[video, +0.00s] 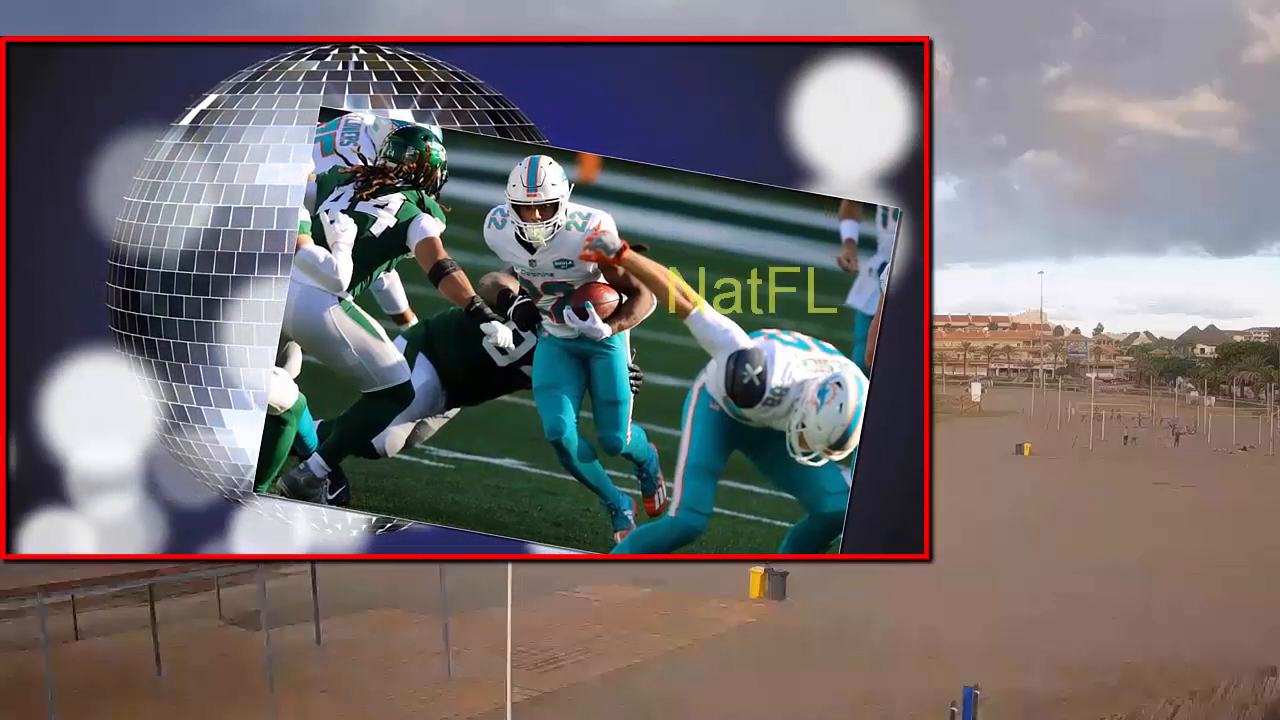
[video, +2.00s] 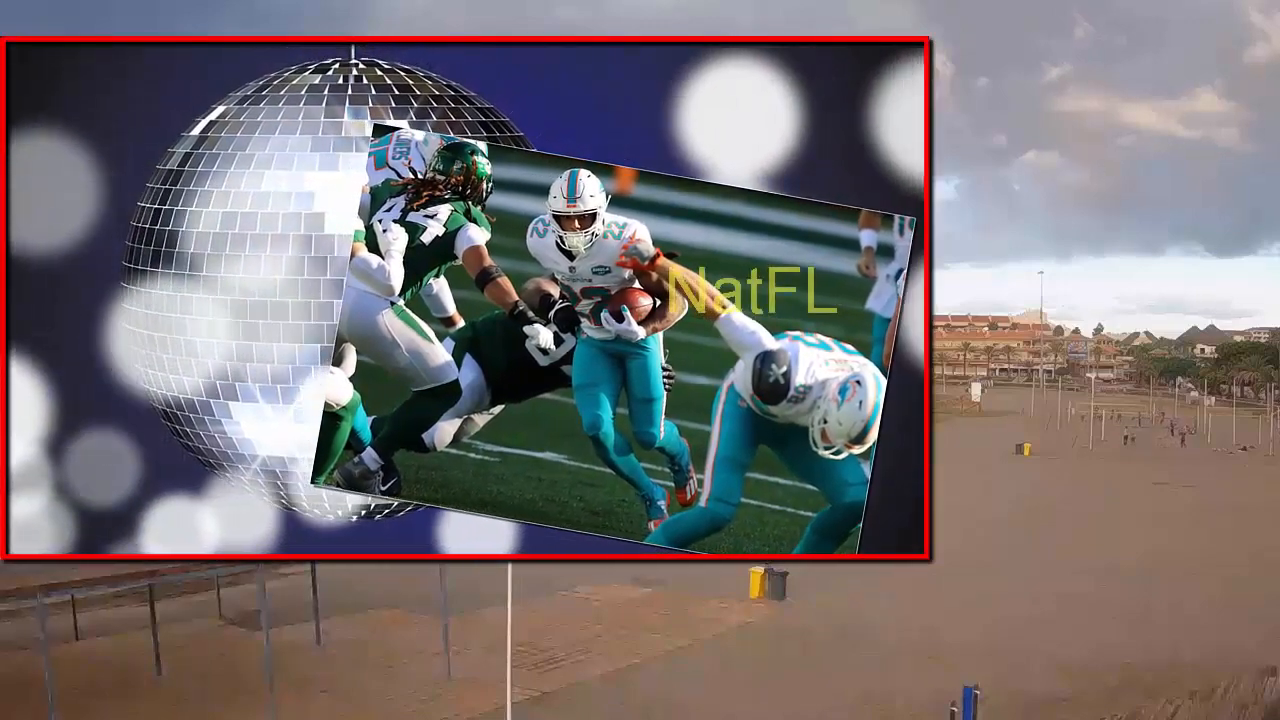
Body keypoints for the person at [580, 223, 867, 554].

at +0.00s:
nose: (813, 458)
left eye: (826, 454)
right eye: (809, 447)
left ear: (853, 432)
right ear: (799, 413)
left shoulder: (863, 413)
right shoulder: (757, 374)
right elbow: (684, 300)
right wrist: (622, 255)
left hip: (775, 425)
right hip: (720, 403)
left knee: (836, 510)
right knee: (689, 521)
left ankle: (775, 580)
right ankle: (607, 571)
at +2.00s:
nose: (834, 451)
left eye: (847, 448)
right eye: (830, 438)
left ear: (872, 427)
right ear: (823, 408)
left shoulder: (884, 413)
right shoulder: (778, 370)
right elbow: (714, 305)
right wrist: (657, 262)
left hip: (799, 422)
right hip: (746, 399)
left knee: (856, 498)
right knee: (719, 510)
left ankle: (795, 574)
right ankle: (638, 563)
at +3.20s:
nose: (845, 446)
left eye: (855, 442)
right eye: (843, 438)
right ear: (839, 408)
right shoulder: (799, 377)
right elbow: (733, 307)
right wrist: (675, 264)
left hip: (812, 418)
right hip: (762, 397)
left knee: (860, 497)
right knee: (735, 504)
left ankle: (805, 564)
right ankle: (660, 551)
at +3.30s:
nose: (781, 407)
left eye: (789, 405)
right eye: (777, 401)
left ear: (818, 395)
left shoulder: (842, 398)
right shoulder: (779, 351)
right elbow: (730, 304)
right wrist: (677, 264)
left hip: (811, 420)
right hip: (762, 397)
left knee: (851, 497)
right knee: (737, 504)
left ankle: (805, 562)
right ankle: (664, 548)